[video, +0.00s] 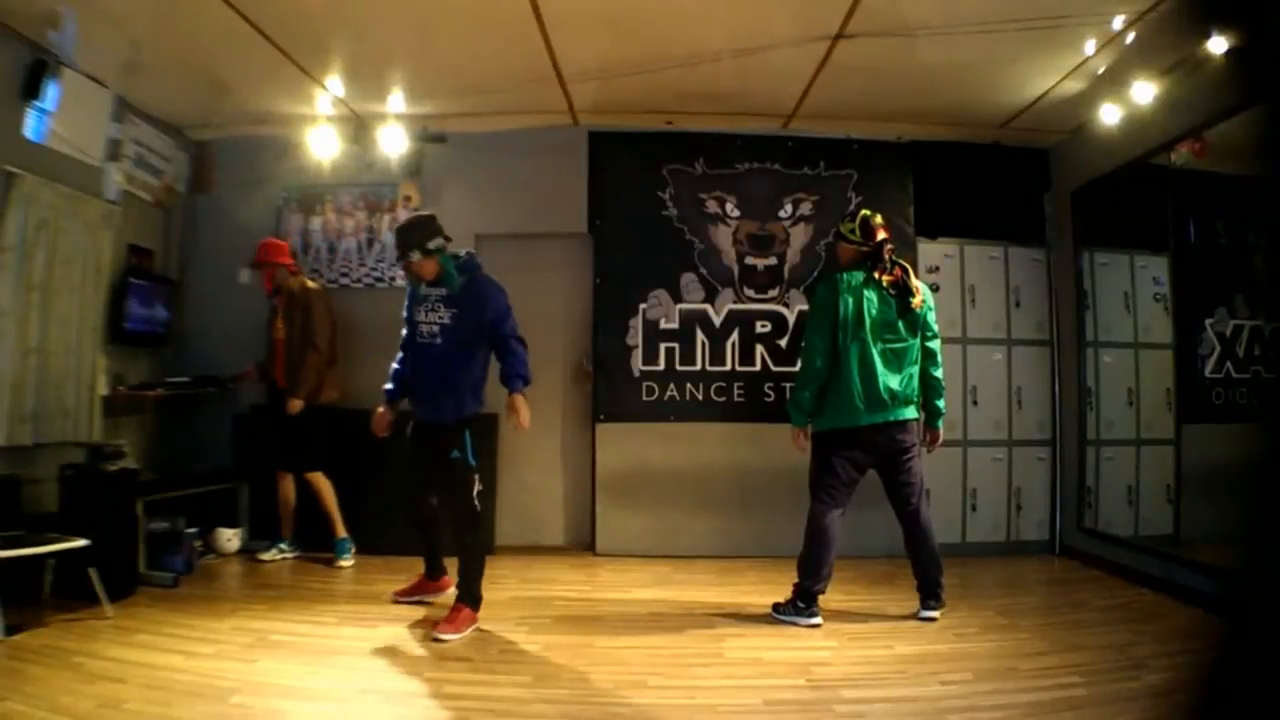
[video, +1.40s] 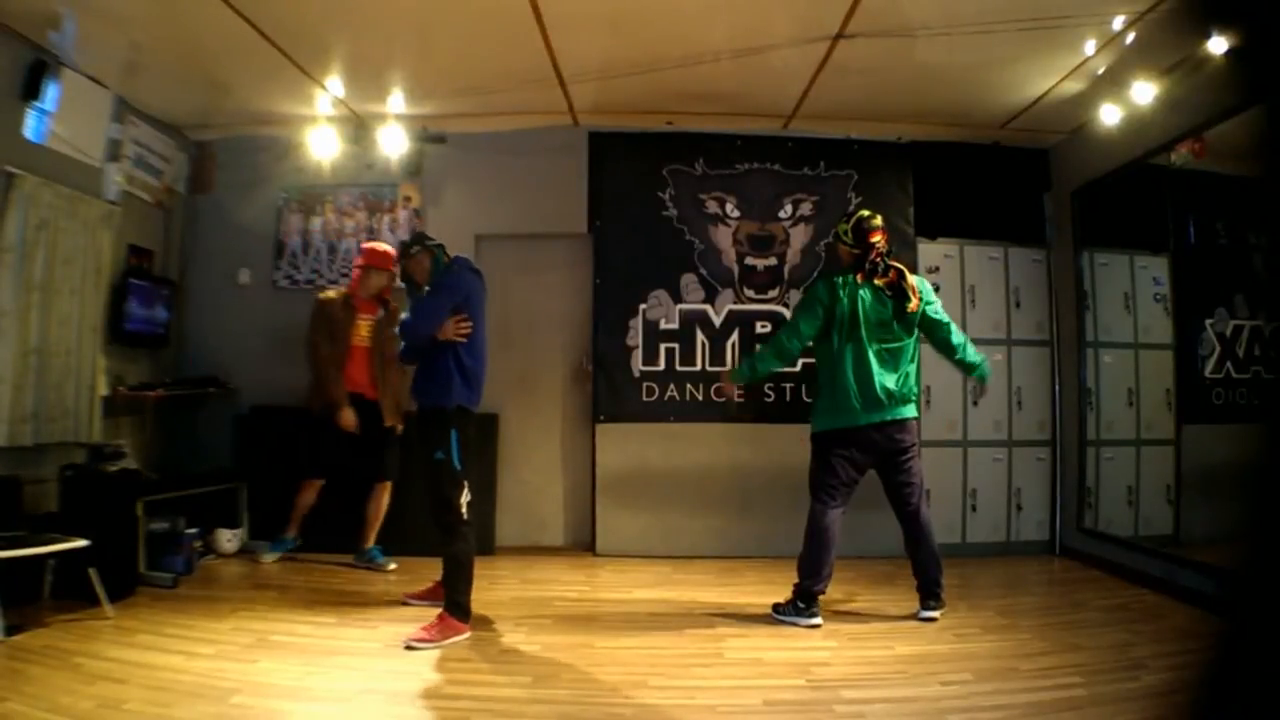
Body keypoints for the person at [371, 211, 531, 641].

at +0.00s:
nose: (409, 270)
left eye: (413, 261)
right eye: (406, 262)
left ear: (434, 253)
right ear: (415, 258)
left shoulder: (479, 289)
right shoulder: (419, 289)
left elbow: (508, 339)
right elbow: (409, 348)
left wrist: (516, 389)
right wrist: (390, 398)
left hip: (466, 414)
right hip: (425, 414)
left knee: (467, 508)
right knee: (421, 496)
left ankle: (468, 604)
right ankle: (435, 574)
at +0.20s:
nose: (396, 269)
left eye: (398, 259)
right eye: (392, 261)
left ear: (417, 250)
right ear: (403, 255)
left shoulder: (460, 282)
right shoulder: (415, 284)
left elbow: (480, 335)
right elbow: (421, 340)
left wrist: (471, 379)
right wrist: (416, 388)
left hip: (455, 410)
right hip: (425, 408)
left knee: (462, 502)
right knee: (424, 494)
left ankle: (468, 603)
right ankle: (438, 581)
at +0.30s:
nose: (392, 268)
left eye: (394, 258)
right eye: (388, 261)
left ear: (413, 248)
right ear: (397, 255)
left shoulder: (455, 280)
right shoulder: (408, 283)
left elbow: (458, 342)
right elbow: (413, 340)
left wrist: (437, 389)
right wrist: (411, 390)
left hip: (450, 407)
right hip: (420, 404)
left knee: (453, 503)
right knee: (423, 495)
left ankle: (465, 601)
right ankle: (437, 581)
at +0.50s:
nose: (388, 273)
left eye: (389, 264)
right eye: (383, 266)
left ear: (407, 252)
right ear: (389, 263)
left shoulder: (450, 285)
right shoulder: (404, 293)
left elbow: (449, 351)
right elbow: (386, 351)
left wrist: (393, 351)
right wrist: (365, 404)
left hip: (449, 406)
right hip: (419, 406)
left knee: (435, 493)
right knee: (419, 491)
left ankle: (459, 587)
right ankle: (438, 582)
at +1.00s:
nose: (407, 273)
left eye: (408, 263)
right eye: (403, 267)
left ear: (427, 248)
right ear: (412, 258)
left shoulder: (460, 272)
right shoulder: (430, 279)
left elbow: (414, 311)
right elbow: (389, 329)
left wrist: (392, 311)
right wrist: (387, 353)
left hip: (451, 403)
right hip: (431, 402)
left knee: (453, 505)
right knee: (438, 499)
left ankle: (459, 614)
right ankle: (445, 581)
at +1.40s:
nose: (410, 277)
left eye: (412, 267)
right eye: (406, 271)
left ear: (427, 255)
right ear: (419, 262)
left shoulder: (459, 275)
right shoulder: (436, 288)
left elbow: (421, 328)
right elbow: (407, 348)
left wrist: (409, 325)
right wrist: (435, 334)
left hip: (454, 405)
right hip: (435, 405)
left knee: (454, 507)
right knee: (440, 500)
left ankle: (457, 614)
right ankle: (448, 584)